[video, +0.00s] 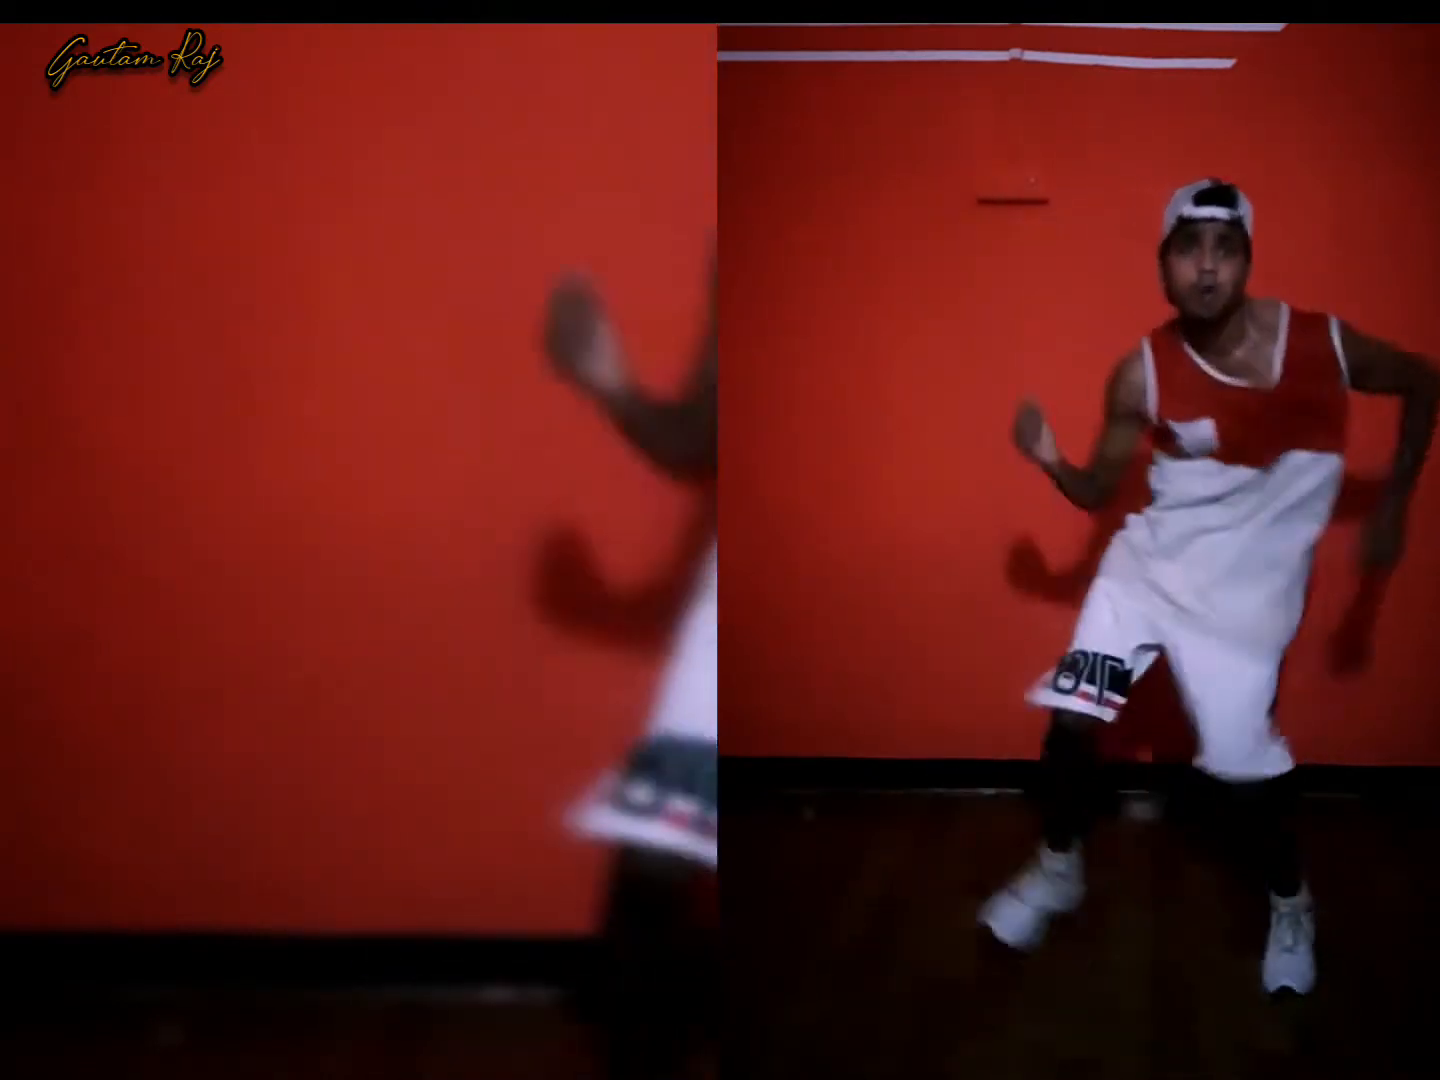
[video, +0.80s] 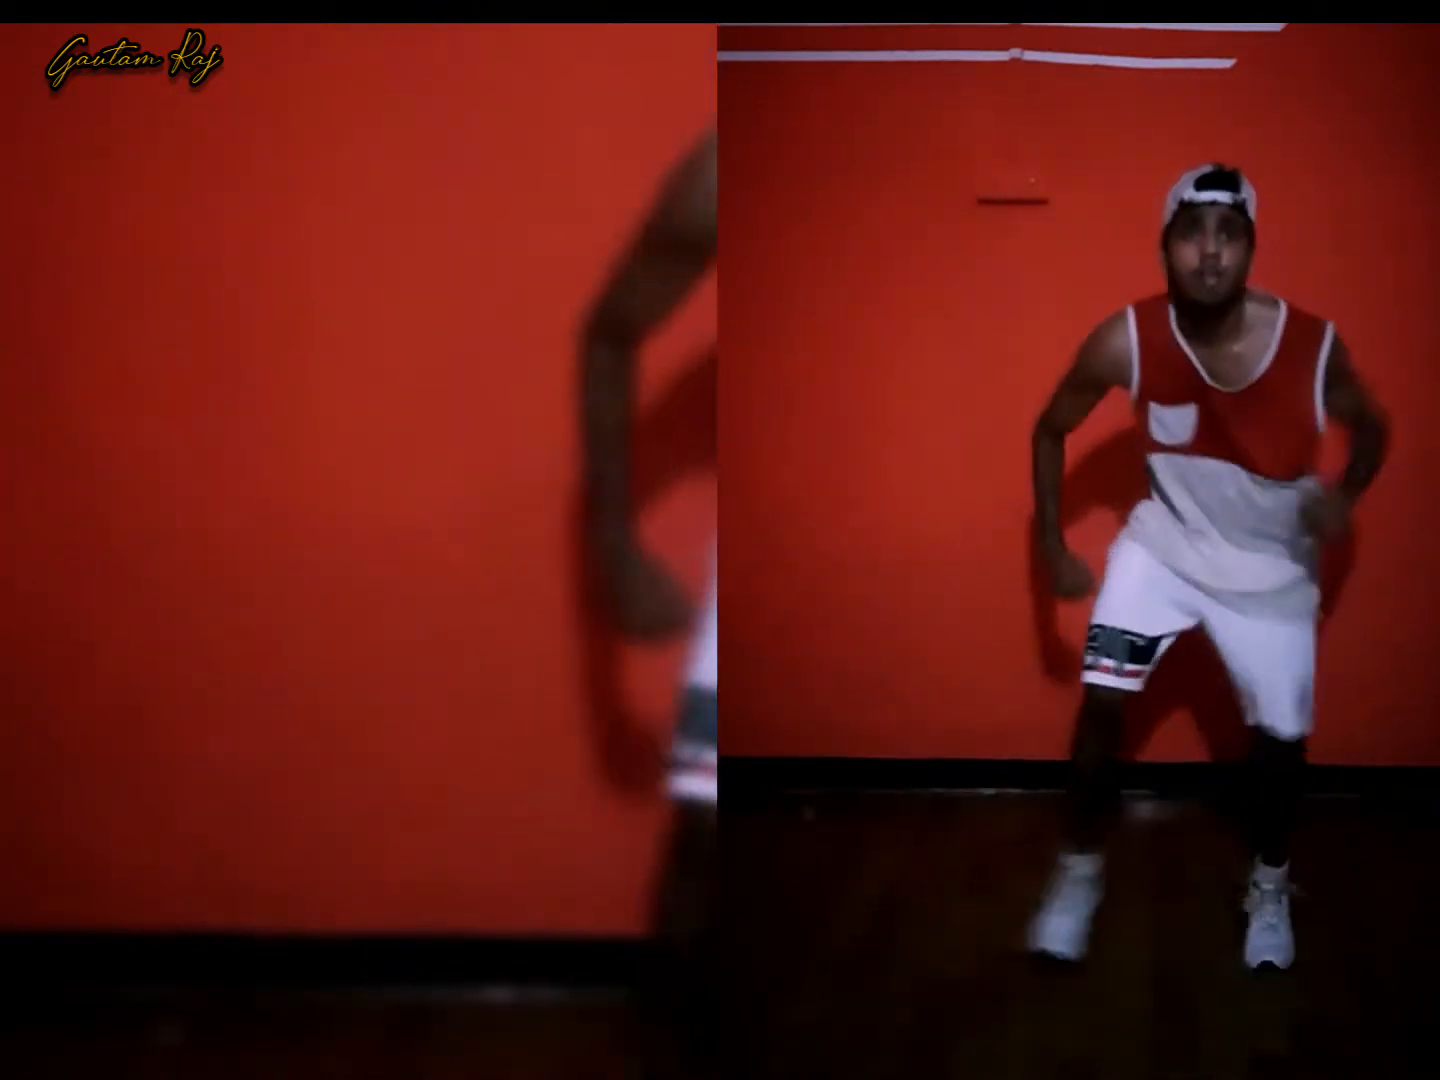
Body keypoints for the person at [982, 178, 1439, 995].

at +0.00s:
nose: (1207, 269)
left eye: (1224, 251)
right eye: (1189, 252)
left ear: (1248, 262)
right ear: (1165, 267)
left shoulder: (1318, 346)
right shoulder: (1144, 371)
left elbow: (1420, 381)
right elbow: (1096, 489)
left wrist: (1394, 503)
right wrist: (1051, 460)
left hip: (1248, 589)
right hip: (1146, 565)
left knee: (1237, 759)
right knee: (1070, 720)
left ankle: (1288, 909)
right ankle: (1056, 869)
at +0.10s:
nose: (1239, 270)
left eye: (1257, 252)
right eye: (1221, 252)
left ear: (1281, 268)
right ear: (1195, 270)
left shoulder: (1346, 353)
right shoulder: (1163, 370)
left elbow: (1430, 372)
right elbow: (1105, 463)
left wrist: (1414, 485)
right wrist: (1065, 481)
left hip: (1279, 595)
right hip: (1178, 572)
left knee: (1262, 773)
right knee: (1113, 714)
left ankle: (1288, 912)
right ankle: (1058, 826)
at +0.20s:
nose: (1274, 257)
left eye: (1291, 240)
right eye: (1256, 239)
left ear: (1312, 257)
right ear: (1225, 256)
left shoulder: (1361, 355)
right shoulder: (1172, 351)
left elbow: (1392, 433)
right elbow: (1103, 426)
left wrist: (1405, 499)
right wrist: (1092, 535)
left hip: (1316, 595)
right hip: (1212, 597)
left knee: (1331, 760)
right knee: (1199, 777)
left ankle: (1261, 910)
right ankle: (1166, 821)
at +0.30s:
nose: (1299, 280)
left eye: (1316, 262)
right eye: (1280, 261)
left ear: (1338, 278)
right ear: (1251, 275)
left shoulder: (1366, 388)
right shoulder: (1188, 364)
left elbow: (1338, 537)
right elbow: (1120, 426)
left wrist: (1394, 490)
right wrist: (1112, 526)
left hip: (1323, 601)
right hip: (1230, 605)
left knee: (1347, 763)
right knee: (1280, 789)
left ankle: (1249, 921)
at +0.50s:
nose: (1280, 263)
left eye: (1299, 245)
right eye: (1262, 244)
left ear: (1325, 262)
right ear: (1235, 260)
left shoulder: (1377, 366)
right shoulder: (1188, 348)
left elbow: (1407, 471)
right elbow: (1112, 419)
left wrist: (1367, 547)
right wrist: (1102, 504)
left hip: (1295, 615)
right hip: (1192, 597)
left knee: (1296, 775)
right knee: (1198, 768)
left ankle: (1253, 919)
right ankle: (1233, 845)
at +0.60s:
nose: (1242, 253)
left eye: (1261, 235)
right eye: (1225, 233)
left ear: (1286, 249)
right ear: (1198, 247)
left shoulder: (1358, 343)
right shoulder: (1169, 348)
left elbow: (1407, 423)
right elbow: (1119, 452)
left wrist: (1369, 534)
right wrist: (1073, 468)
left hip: (1280, 570)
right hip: (1184, 546)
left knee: (1263, 738)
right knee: (1148, 706)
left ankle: (1268, 890)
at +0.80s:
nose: (1209, 253)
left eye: (1227, 237)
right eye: (1192, 236)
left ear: (1251, 250)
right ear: (1167, 249)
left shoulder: (1311, 347)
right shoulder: (1126, 342)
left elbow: (1373, 431)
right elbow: (1050, 430)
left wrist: (1344, 494)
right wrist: (1051, 543)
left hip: (1271, 568)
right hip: (1165, 544)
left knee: (1282, 742)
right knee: (1103, 695)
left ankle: (1270, 888)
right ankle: (1077, 873)